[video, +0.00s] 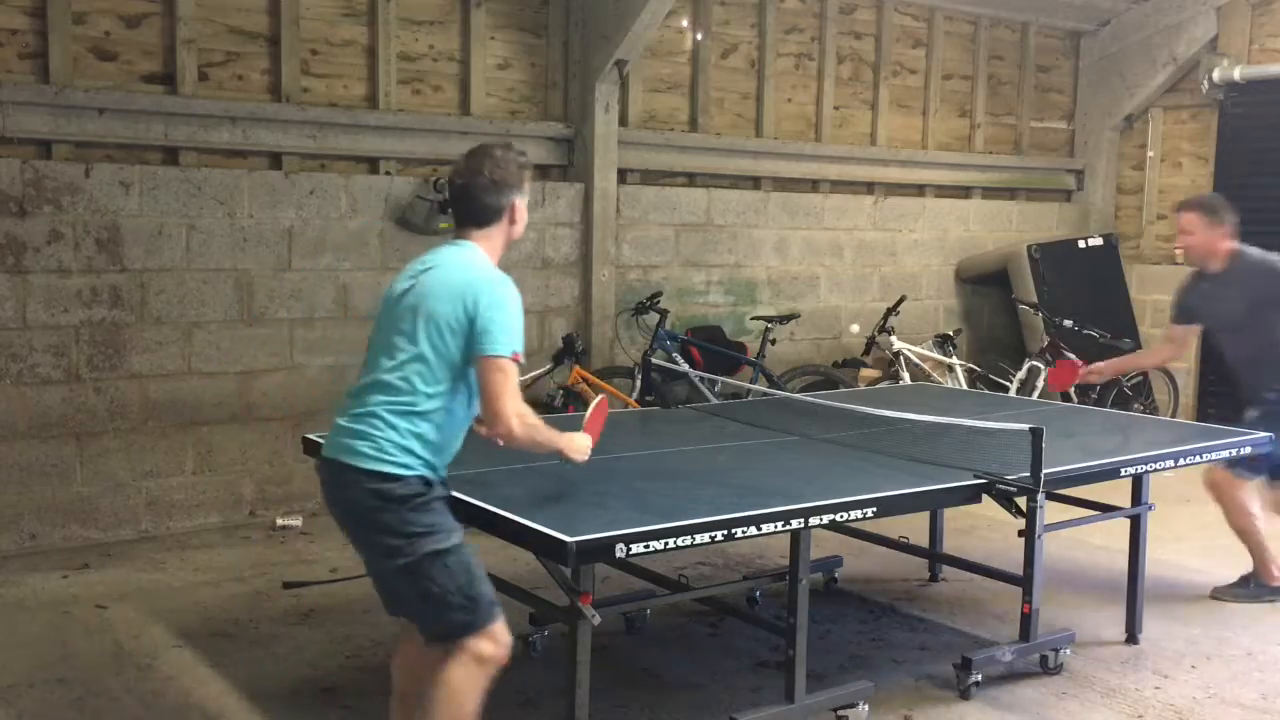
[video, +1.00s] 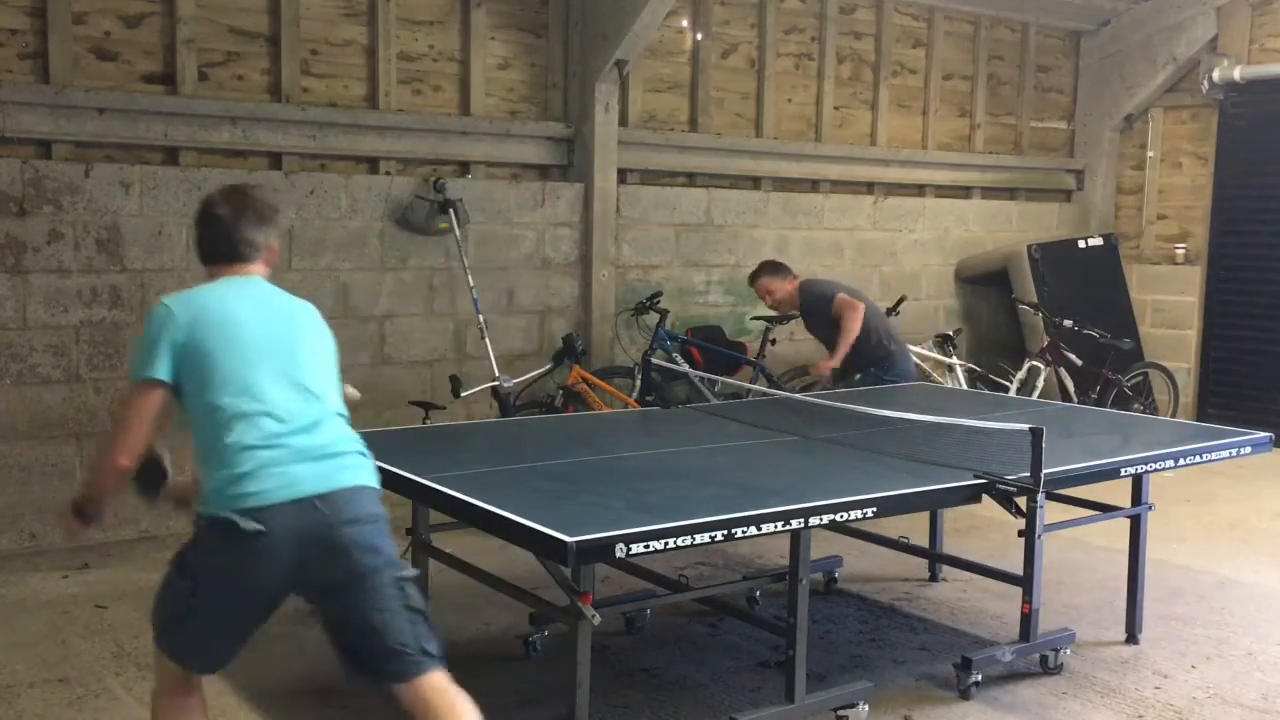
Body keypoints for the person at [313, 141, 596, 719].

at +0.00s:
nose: (527, 213)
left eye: (525, 202)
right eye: (526, 202)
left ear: (459, 207)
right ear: (515, 211)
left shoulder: (421, 269)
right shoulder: (492, 288)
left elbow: (408, 369)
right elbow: (507, 420)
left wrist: (477, 414)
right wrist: (563, 442)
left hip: (348, 464)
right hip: (393, 477)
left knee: (428, 631)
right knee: (485, 643)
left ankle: (407, 716)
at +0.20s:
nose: (555, 221)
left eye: (552, 210)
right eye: (554, 211)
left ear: (480, 216)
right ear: (546, 220)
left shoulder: (417, 294)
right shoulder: (557, 311)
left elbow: (342, 399)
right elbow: (567, 456)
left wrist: (391, 440)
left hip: (392, 503)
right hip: (476, 509)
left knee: (431, 643)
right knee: (536, 693)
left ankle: (406, 715)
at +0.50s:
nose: (550, 191)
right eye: (548, 182)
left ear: (468, 189)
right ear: (541, 193)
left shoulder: (412, 264)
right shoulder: (565, 295)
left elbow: (340, 386)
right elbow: (546, 429)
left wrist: (307, 447)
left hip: (406, 500)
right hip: (509, 503)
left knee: (366, 667)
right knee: (539, 700)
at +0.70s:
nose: (470, 206)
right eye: (468, 198)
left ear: (392, 212)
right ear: (463, 211)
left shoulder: (357, 287)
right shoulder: (502, 297)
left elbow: (294, 416)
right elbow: (503, 401)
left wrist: (253, 470)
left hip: (378, 516)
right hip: (482, 511)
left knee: (299, 680)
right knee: (530, 700)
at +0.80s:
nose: (405, 230)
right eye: (403, 223)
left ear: (330, 238)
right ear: (398, 235)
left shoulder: (303, 312)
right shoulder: (441, 311)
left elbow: (237, 450)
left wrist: (191, 510)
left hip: (348, 532)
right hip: (450, 519)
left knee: (263, 688)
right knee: (515, 699)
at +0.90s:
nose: (333, 259)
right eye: (331, 249)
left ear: (260, 261)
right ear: (326, 258)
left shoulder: (233, 325)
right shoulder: (368, 325)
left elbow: (177, 472)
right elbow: (369, 431)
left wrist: (128, 534)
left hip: (296, 532)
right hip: (397, 520)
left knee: (219, 670)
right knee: (474, 689)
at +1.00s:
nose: (276, 253)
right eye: (275, 244)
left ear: (202, 253)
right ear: (270, 252)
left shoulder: (178, 313)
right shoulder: (308, 315)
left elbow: (124, 458)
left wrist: (90, 504)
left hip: (251, 522)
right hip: (350, 507)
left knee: (179, 673)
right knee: (423, 678)